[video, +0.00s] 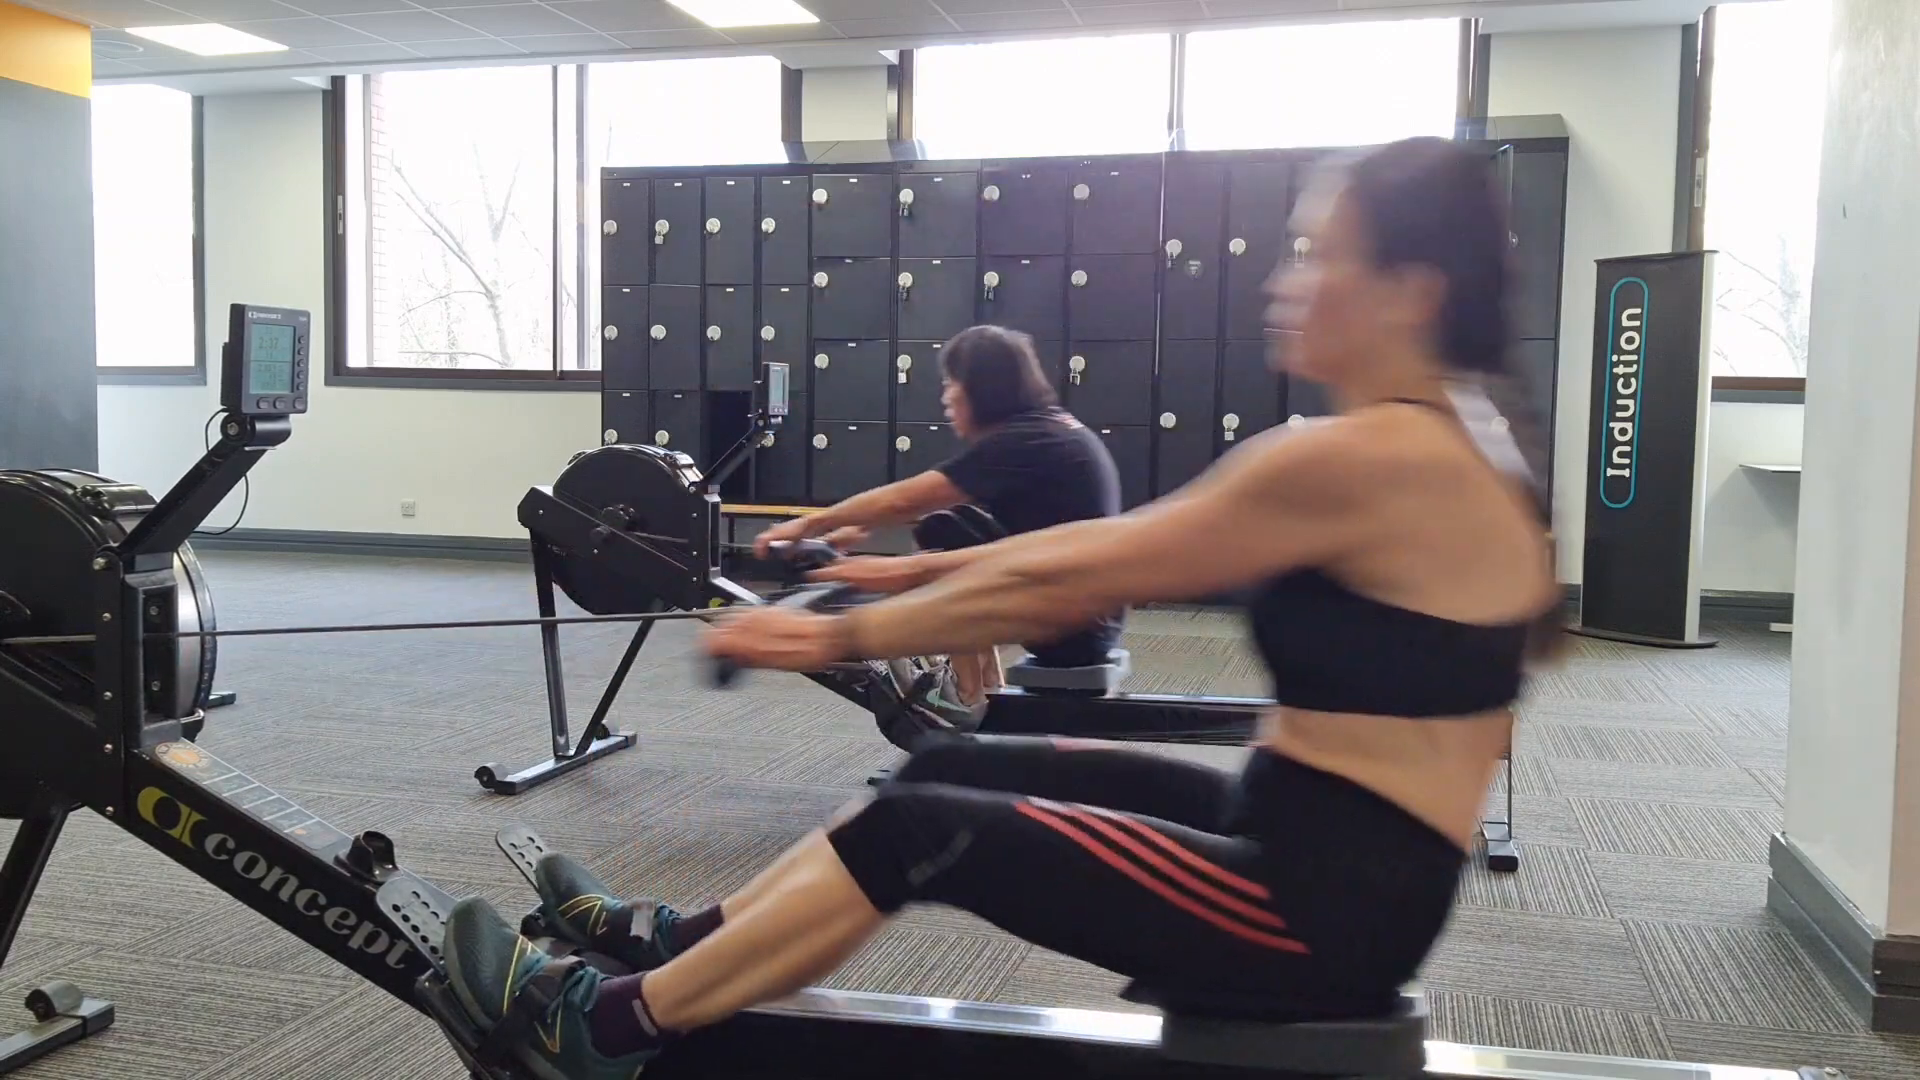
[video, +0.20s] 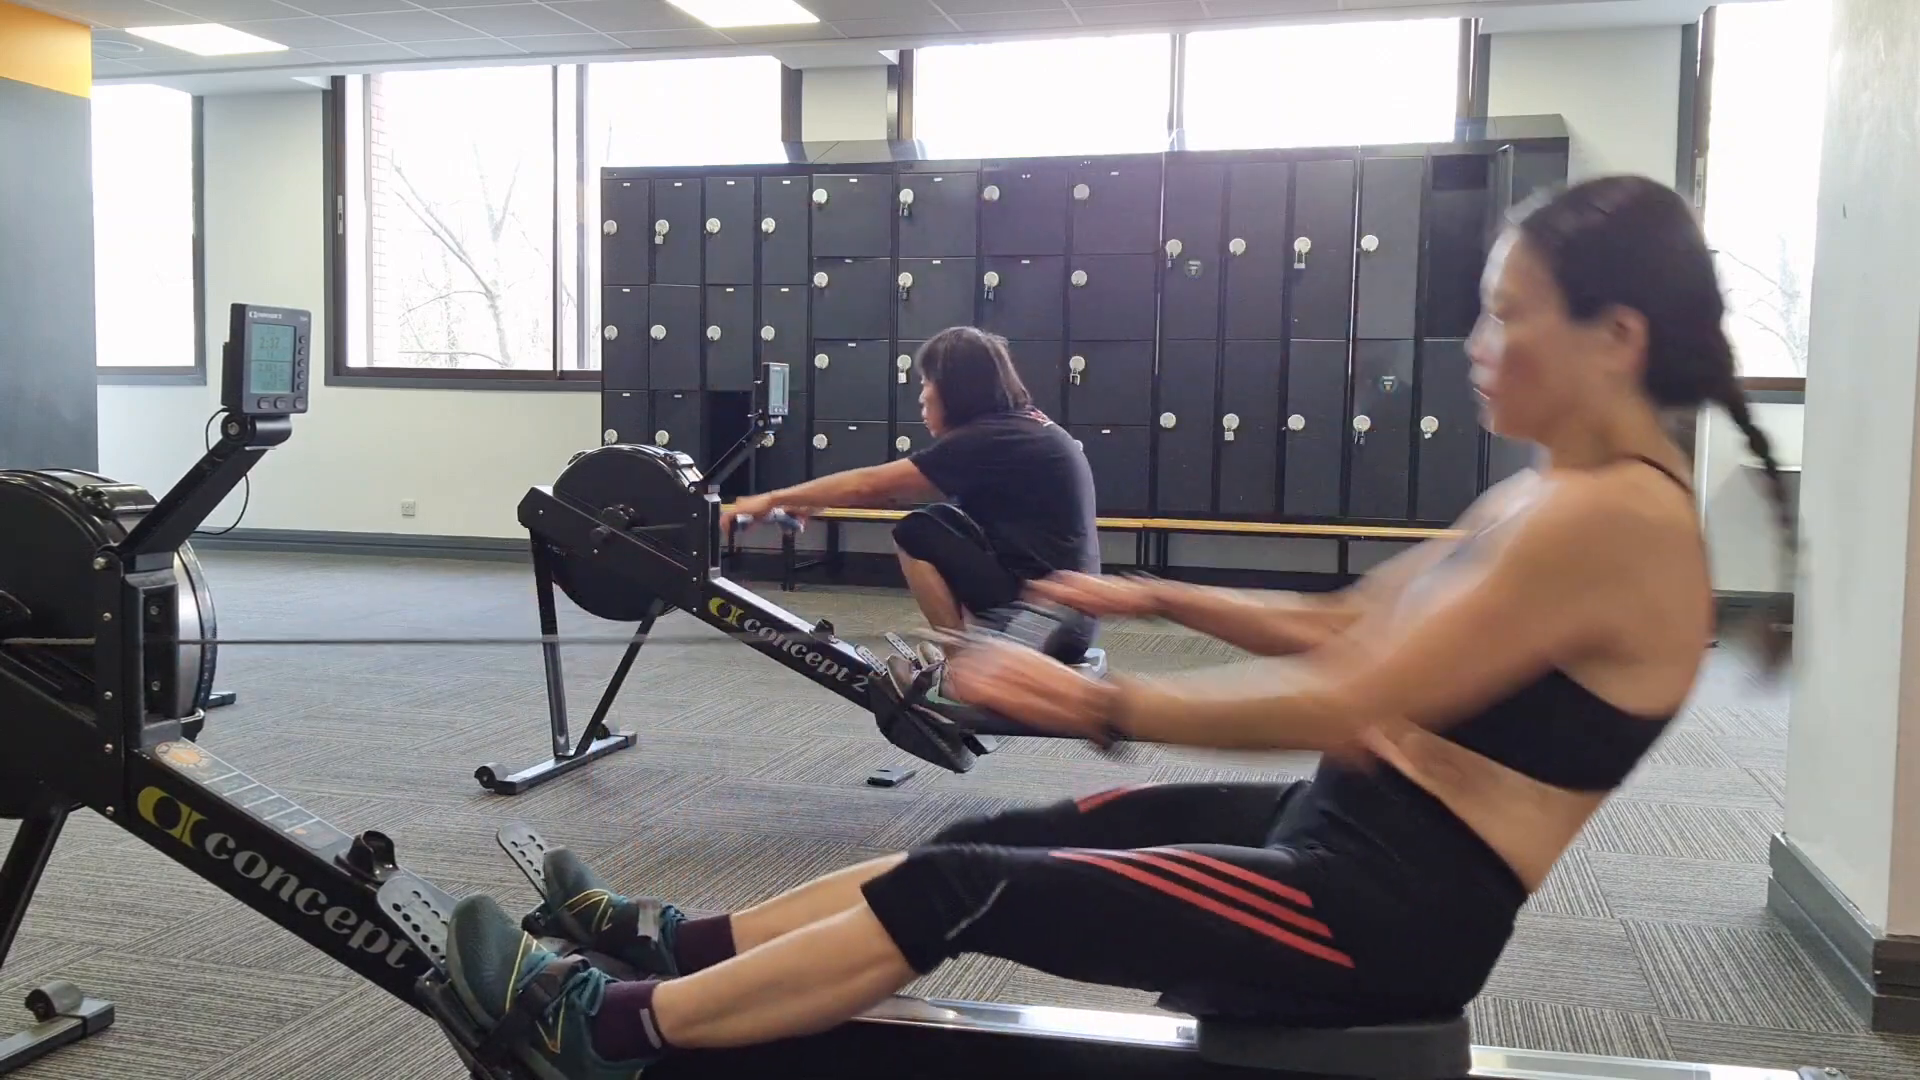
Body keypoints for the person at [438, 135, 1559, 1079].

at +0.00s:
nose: (1284, 284)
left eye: (1321, 256)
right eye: (1294, 254)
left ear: (1417, 293)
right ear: (1401, 296)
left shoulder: (1357, 460)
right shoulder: (1436, 438)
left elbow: (1061, 579)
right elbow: (1087, 561)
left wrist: (831, 633)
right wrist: (878, 622)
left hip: (1316, 897)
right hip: (1311, 816)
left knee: (930, 813)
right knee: (957, 762)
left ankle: (622, 1025)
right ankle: (683, 957)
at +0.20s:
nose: (1480, 349)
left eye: (1509, 321)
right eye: (1486, 319)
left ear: (1617, 338)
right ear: (1591, 340)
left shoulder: (1607, 515)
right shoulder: (1549, 491)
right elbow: (1350, 636)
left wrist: (1087, 703)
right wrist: (1154, 599)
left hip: (1382, 900)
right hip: (1330, 829)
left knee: (974, 876)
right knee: (975, 839)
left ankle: (615, 1030)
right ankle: (668, 951)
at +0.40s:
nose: (1477, 355)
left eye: (1505, 321)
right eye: (1481, 321)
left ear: (1614, 331)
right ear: (1572, 326)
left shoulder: (1638, 539)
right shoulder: (1561, 499)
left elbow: (1644, 859)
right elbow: (1523, 766)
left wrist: (1379, 851)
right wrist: (1364, 713)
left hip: (1381, 933)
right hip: (1338, 854)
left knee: (962, 866)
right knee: (971, 820)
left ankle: (621, 1027)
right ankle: (693, 959)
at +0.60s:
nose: (1383, 315)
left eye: (1412, 284)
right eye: (1391, 283)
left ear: (1520, 302)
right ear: (1490, 305)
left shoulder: (1551, 501)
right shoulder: (1480, 474)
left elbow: (1534, 820)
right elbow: (1431, 698)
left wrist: (1277, 778)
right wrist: (1279, 644)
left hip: (1367, 919)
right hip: (1334, 853)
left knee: (950, 839)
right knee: (957, 808)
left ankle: (613, 1037)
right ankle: (697, 948)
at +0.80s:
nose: (1228, 288)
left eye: (1255, 258)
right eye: (1235, 258)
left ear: (1351, 283)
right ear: (1333, 286)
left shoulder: (1366, 469)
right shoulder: (1355, 455)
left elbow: (1207, 754)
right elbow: (1216, 659)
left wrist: (992, 674)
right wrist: (1075, 588)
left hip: (1291, 912)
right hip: (1272, 870)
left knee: (915, 788)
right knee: (931, 748)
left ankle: (641, 1026)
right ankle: (696, 967)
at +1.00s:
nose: (1037, 297)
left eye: (1060, 269)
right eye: (1044, 269)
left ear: (1149, 292)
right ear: (1145, 296)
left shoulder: (1143, 471)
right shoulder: (1204, 435)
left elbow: (909, 705)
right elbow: (1047, 591)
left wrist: (727, 700)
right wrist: (866, 588)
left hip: (1179, 898)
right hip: (1196, 831)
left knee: (833, 746)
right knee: (871, 699)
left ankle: (624, 1017)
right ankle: (666, 954)